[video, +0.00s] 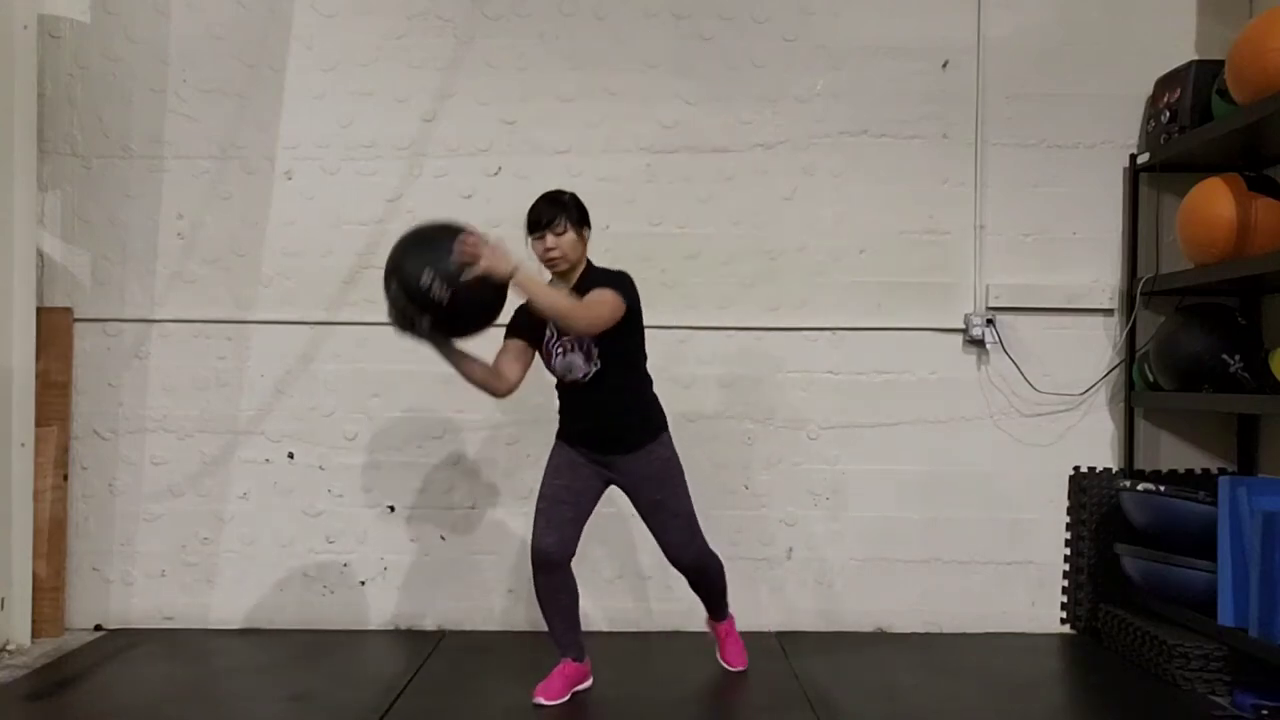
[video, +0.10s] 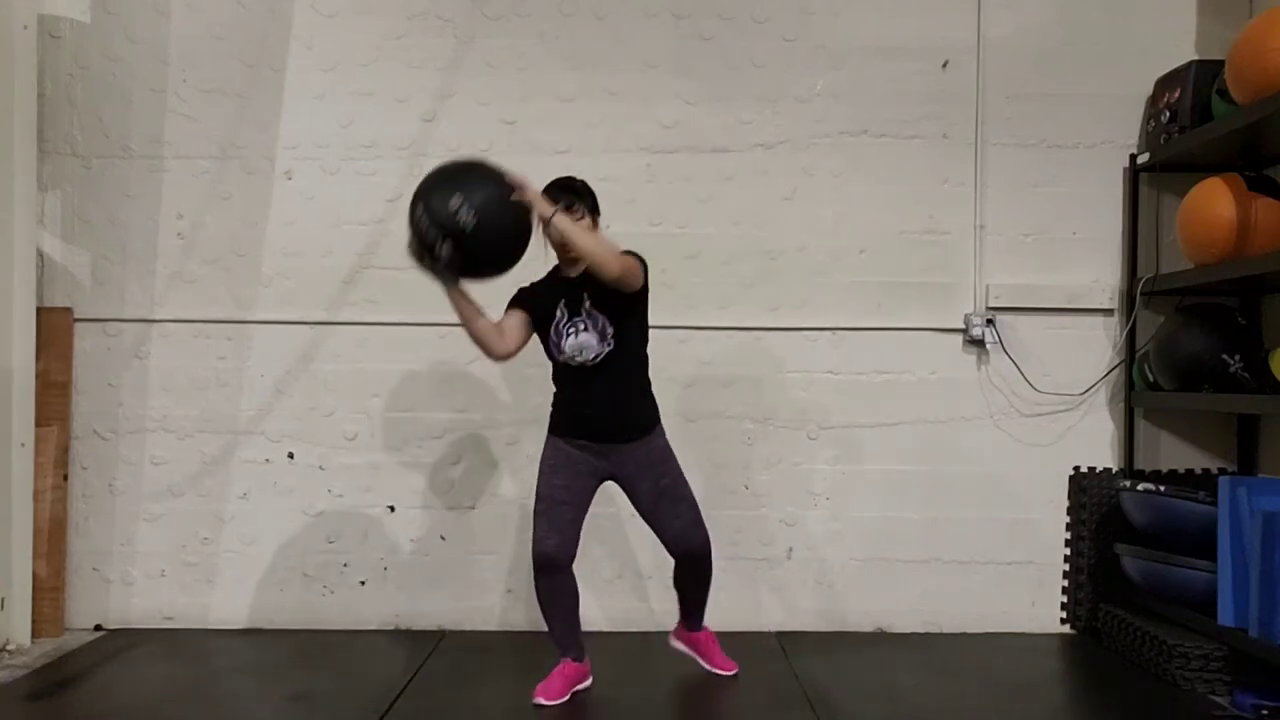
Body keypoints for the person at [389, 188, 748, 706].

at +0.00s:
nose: (548, 245)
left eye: (559, 232)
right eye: (538, 237)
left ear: (584, 235)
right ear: (532, 245)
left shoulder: (615, 286)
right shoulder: (534, 309)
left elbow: (583, 318)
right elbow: (501, 381)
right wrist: (440, 339)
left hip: (641, 445)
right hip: (577, 449)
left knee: (689, 554)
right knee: (548, 552)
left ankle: (722, 621)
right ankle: (574, 661)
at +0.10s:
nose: (561, 227)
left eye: (570, 216)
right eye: (552, 219)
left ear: (595, 221)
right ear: (542, 230)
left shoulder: (628, 271)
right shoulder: (539, 295)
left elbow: (609, 263)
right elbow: (500, 343)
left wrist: (541, 206)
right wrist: (451, 282)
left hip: (638, 442)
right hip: (570, 446)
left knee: (694, 546)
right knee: (549, 555)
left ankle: (691, 630)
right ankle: (573, 662)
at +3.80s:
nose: (502, 272)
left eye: (512, 260)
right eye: (497, 262)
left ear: (545, 260)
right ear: (496, 267)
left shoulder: (574, 318)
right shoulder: (514, 339)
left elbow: (557, 409)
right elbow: (507, 417)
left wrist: (475, 426)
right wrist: (460, 433)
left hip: (635, 457)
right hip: (577, 460)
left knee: (674, 566)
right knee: (532, 549)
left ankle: (745, 628)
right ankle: (551, 660)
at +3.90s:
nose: (511, 251)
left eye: (520, 239)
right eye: (505, 242)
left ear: (552, 238)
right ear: (502, 248)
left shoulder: (582, 295)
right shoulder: (514, 319)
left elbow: (555, 374)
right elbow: (495, 399)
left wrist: (472, 364)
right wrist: (428, 399)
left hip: (630, 443)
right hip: (571, 447)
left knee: (674, 551)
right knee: (533, 548)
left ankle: (739, 624)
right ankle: (550, 660)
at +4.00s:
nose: (528, 232)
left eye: (538, 219)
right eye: (519, 223)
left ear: (565, 219)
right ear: (514, 231)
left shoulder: (593, 271)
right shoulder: (519, 294)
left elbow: (558, 325)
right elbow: (482, 371)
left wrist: (482, 290)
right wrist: (417, 341)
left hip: (625, 435)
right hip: (564, 439)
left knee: (673, 542)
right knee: (534, 547)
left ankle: (725, 623)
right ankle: (549, 659)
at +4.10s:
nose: (545, 212)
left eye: (556, 202)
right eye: (535, 206)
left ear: (579, 209)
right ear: (526, 217)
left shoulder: (606, 252)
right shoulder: (522, 280)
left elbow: (567, 265)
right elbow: (466, 331)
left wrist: (506, 215)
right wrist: (412, 271)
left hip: (624, 428)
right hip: (558, 433)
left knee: (675, 536)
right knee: (535, 547)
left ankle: (705, 623)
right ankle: (549, 658)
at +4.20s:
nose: (560, 210)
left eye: (569, 199)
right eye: (548, 201)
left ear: (591, 204)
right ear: (537, 211)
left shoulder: (616, 253)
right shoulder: (529, 268)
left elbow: (601, 210)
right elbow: (467, 288)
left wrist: (538, 160)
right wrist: (436, 213)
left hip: (625, 425)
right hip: (557, 430)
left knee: (672, 533)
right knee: (540, 550)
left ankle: (684, 633)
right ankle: (549, 658)